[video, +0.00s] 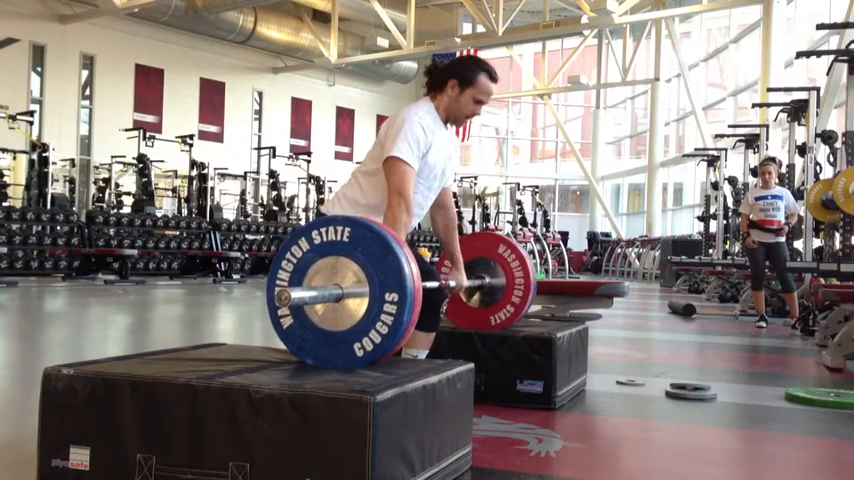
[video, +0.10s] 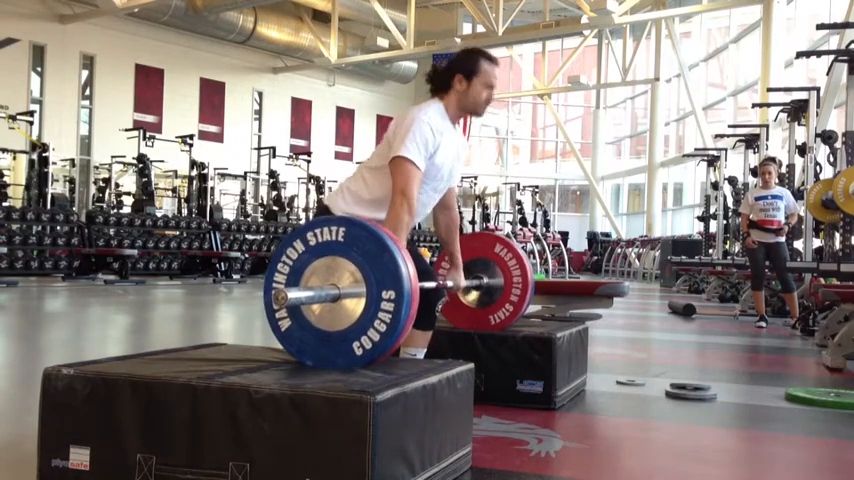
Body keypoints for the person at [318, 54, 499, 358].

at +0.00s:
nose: (478, 112)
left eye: (483, 105)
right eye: (477, 101)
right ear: (452, 88)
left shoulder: (448, 140)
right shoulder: (413, 120)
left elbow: (443, 209)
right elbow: (399, 201)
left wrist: (457, 266)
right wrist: (388, 270)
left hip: (386, 233)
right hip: (346, 226)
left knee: (432, 289)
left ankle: (407, 385)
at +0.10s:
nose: (492, 96)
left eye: (493, 89)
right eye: (488, 87)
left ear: (467, 86)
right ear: (460, 82)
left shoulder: (455, 140)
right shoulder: (421, 121)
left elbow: (446, 208)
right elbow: (403, 199)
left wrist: (456, 264)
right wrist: (386, 269)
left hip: (384, 228)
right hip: (343, 219)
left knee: (427, 289)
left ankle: (405, 384)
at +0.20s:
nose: (493, 78)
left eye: (492, 71)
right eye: (485, 70)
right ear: (458, 75)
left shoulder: (459, 137)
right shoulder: (428, 119)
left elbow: (448, 207)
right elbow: (406, 197)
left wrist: (455, 265)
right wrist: (391, 267)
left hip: (385, 225)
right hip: (344, 215)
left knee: (426, 289)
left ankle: (406, 385)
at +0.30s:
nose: (488, 72)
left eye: (486, 65)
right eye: (479, 65)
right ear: (453, 73)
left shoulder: (459, 135)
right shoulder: (430, 119)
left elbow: (448, 207)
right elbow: (406, 199)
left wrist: (454, 265)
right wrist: (390, 267)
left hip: (384, 224)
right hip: (345, 214)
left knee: (425, 289)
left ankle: (404, 385)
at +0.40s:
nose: (481, 72)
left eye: (479, 64)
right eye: (472, 64)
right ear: (446, 73)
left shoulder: (457, 136)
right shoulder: (425, 119)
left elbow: (447, 206)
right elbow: (403, 200)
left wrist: (454, 264)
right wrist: (387, 269)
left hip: (384, 225)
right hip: (344, 217)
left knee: (427, 289)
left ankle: (408, 384)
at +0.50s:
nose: (468, 70)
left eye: (468, 64)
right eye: (460, 63)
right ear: (434, 72)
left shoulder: (447, 135)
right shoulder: (413, 119)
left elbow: (442, 205)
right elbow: (398, 199)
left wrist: (455, 262)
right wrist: (389, 269)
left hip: (385, 229)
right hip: (348, 224)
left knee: (430, 290)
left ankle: (408, 383)